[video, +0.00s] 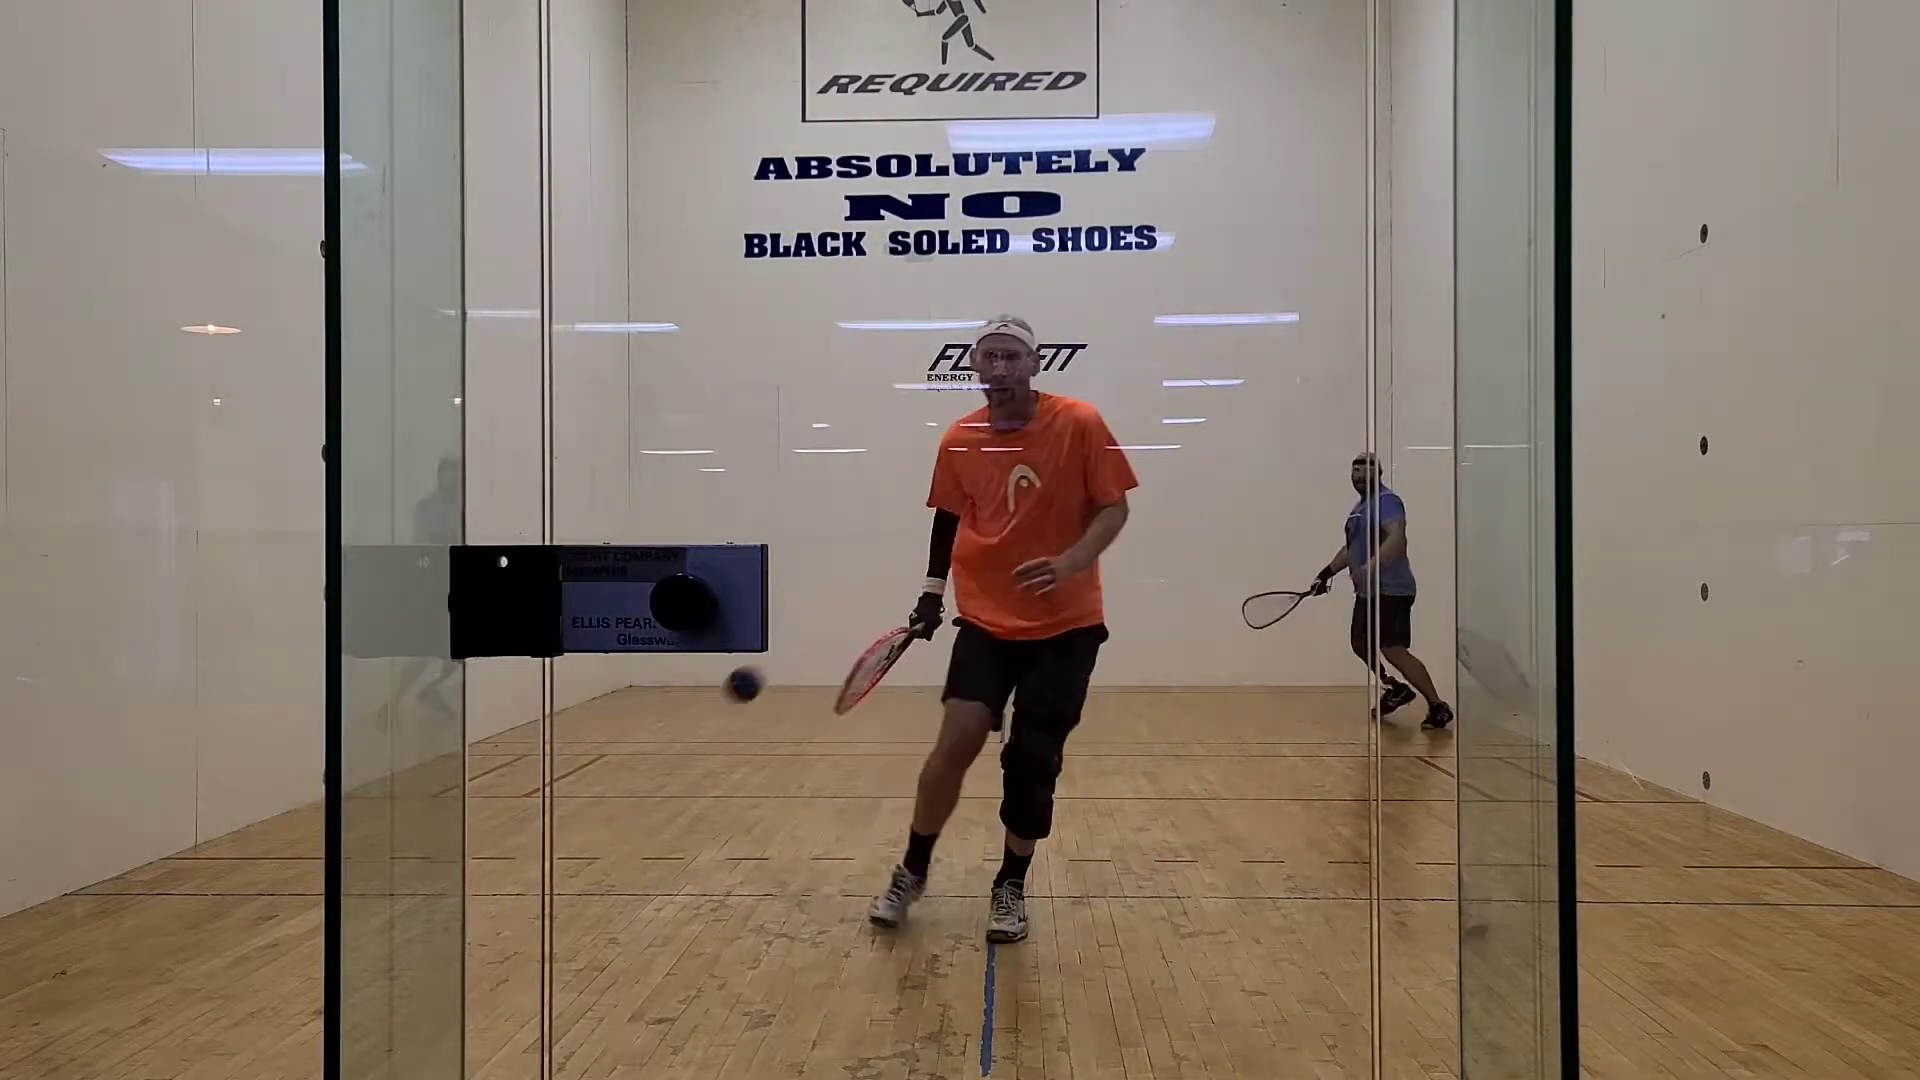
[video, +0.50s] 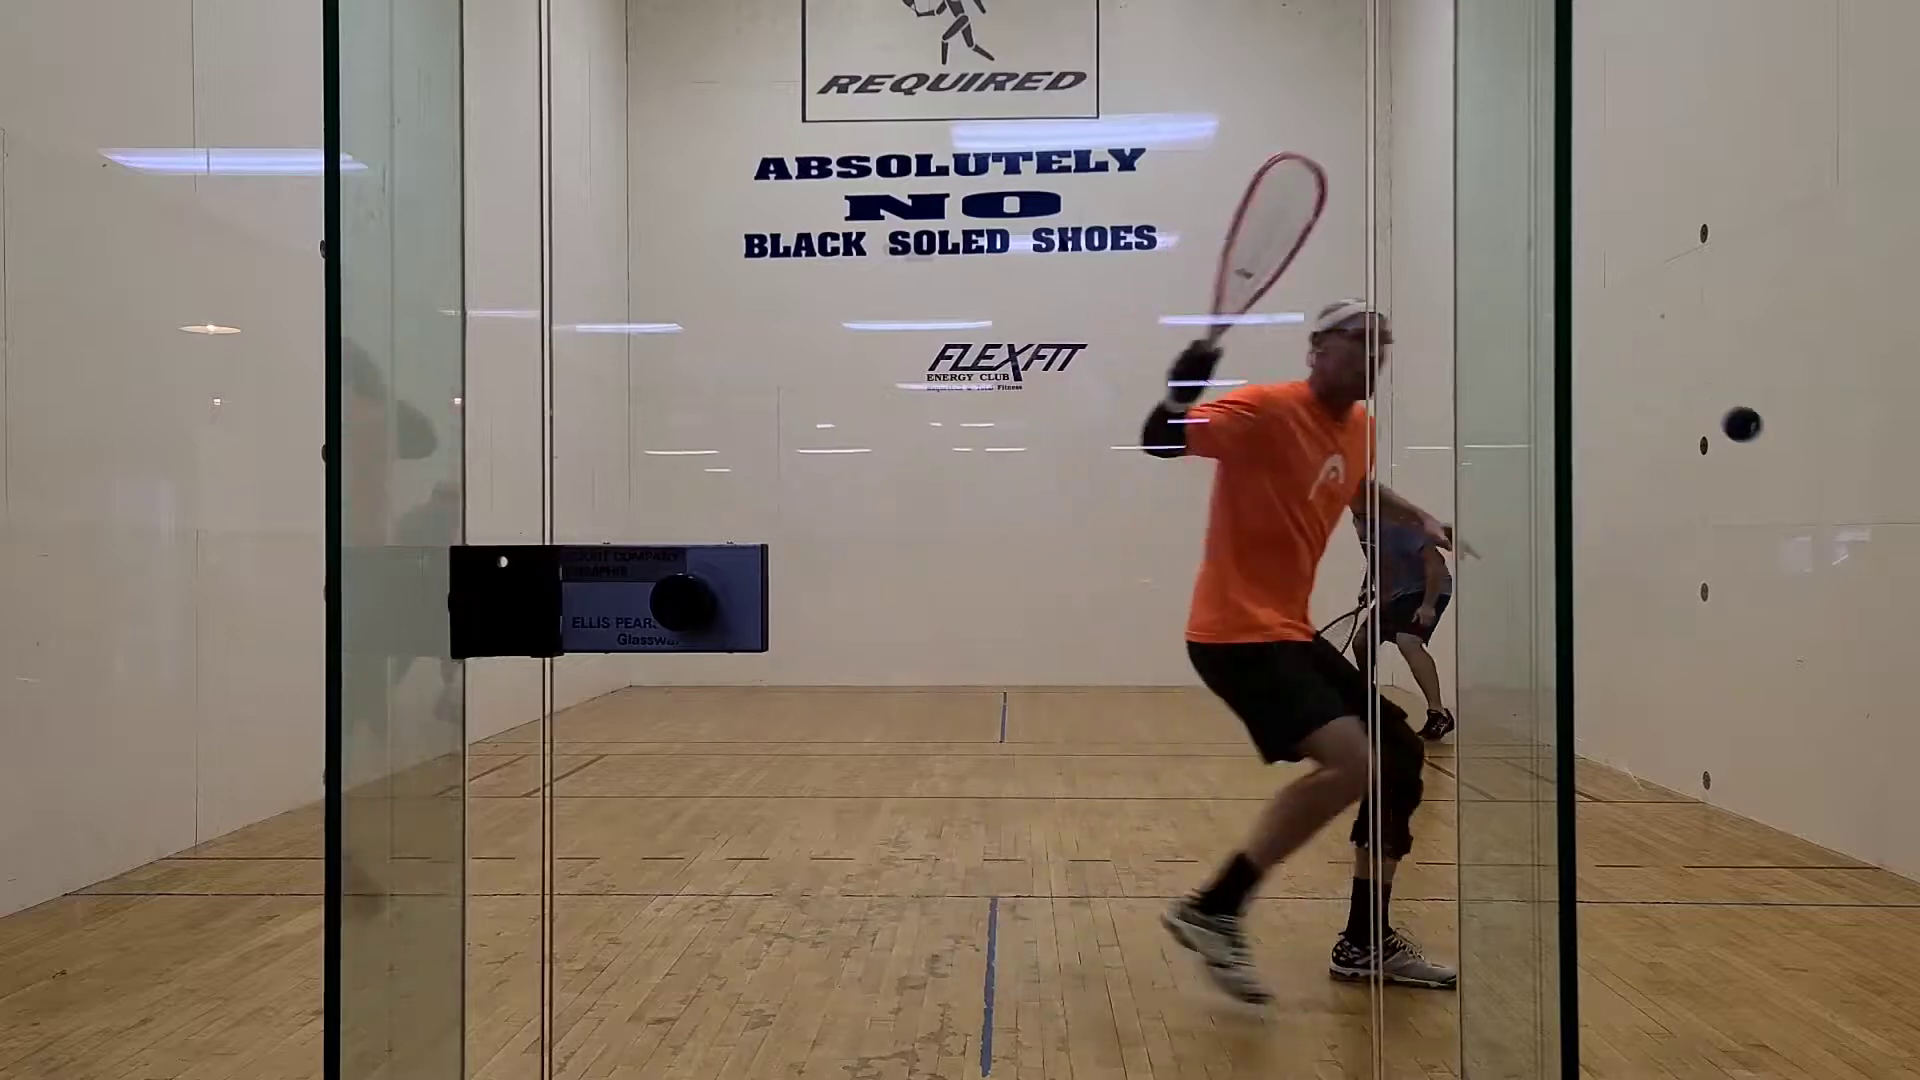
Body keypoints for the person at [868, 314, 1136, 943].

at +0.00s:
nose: (1000, 369)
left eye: (1013, 356)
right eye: (989, 358)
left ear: (1037, 365)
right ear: (976, 368)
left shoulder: (1078, 425)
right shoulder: (960, 443)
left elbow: (1114, 510)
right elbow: (946, 522)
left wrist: (1070, 561)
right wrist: (932, 594)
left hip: (1065, 625)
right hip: (986, 621)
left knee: (1033, 759)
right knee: (958, 738)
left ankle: (1011, 885)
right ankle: (911, 870)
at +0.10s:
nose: (1046, 360)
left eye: (1058, 350)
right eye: (1034, 349)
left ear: (1077, 361)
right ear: (1013, 361)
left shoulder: (1117, 419)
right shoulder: (985, 442)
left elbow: (1153, 502)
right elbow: (943, 522)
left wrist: (1135, 548)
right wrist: (930, 593)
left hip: (1103, 613)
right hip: (1025, 609)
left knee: (1075, 762)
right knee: (1013, 736)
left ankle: (1025, 877)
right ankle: (966, 903)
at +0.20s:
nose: (1109, 366)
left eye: (1121, 356)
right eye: (1097, 355)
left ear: (1137, 369)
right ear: (1072, 367)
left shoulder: (1167, 437)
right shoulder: (1031, 452)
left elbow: (1205, 518)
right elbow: (949, 506)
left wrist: (1240, 568)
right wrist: (933, 575)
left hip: (1133, 624)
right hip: (1052, 626)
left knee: (1174, 751)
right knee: (1051, 759)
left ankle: (1118, 880)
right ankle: (974, 927)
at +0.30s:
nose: (1190, 360)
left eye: (1202, 350)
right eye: (1177, 347)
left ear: (1217, 363)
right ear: (1151, 356)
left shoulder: (1224, 432)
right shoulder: (1101, 427)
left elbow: (1249, 491)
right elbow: (1024, 466)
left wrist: (1317, 527)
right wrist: (1001, 481)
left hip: (1171, 626)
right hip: (1092, 633)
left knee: (1277, 730)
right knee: (1083, 785)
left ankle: (1269, 915)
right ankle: (980, 924)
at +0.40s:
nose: (1283, 350)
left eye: (1292, 339)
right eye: (1270, 336)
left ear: (1300, 348)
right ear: (1235, 343)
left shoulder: (1291, 416)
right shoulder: (1184, 408)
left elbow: (1290, 479)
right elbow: (1092, 445)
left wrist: (1358, 507)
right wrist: (1079, 429)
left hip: (1234, 625)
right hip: (1162, 628)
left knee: (1341, 743)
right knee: (1191, 790)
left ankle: (1359, 941)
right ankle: (1036, 891)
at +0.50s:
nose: (1377, 357)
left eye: (1381, 346)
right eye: (1364, 342)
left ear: (1378, 358)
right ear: (1319, 348)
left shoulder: (1356, 426)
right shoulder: (1265, 410)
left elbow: (1355, 490)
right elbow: (1159, 438)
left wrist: (1422, 522)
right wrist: (1181, 387)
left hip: (1292, 630)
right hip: (1235, 631)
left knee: (1401, 759)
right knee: (1353, 760)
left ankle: (1365, 939)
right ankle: (1210, 910)